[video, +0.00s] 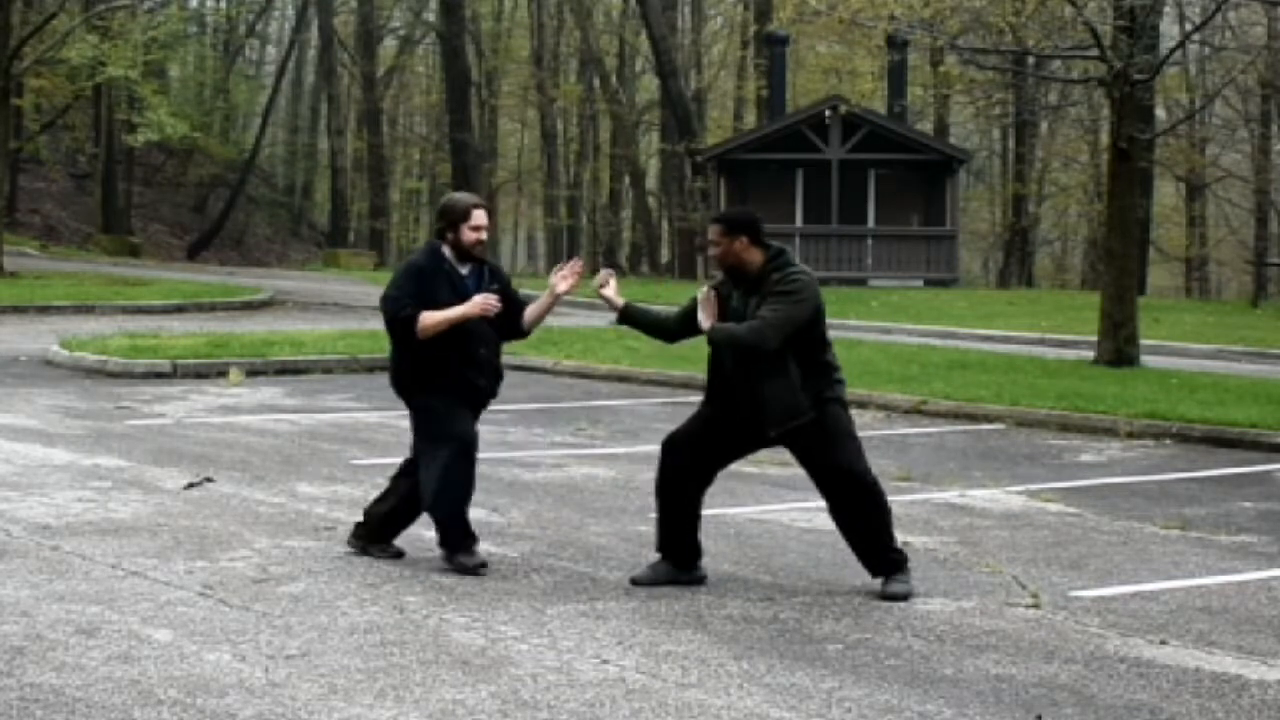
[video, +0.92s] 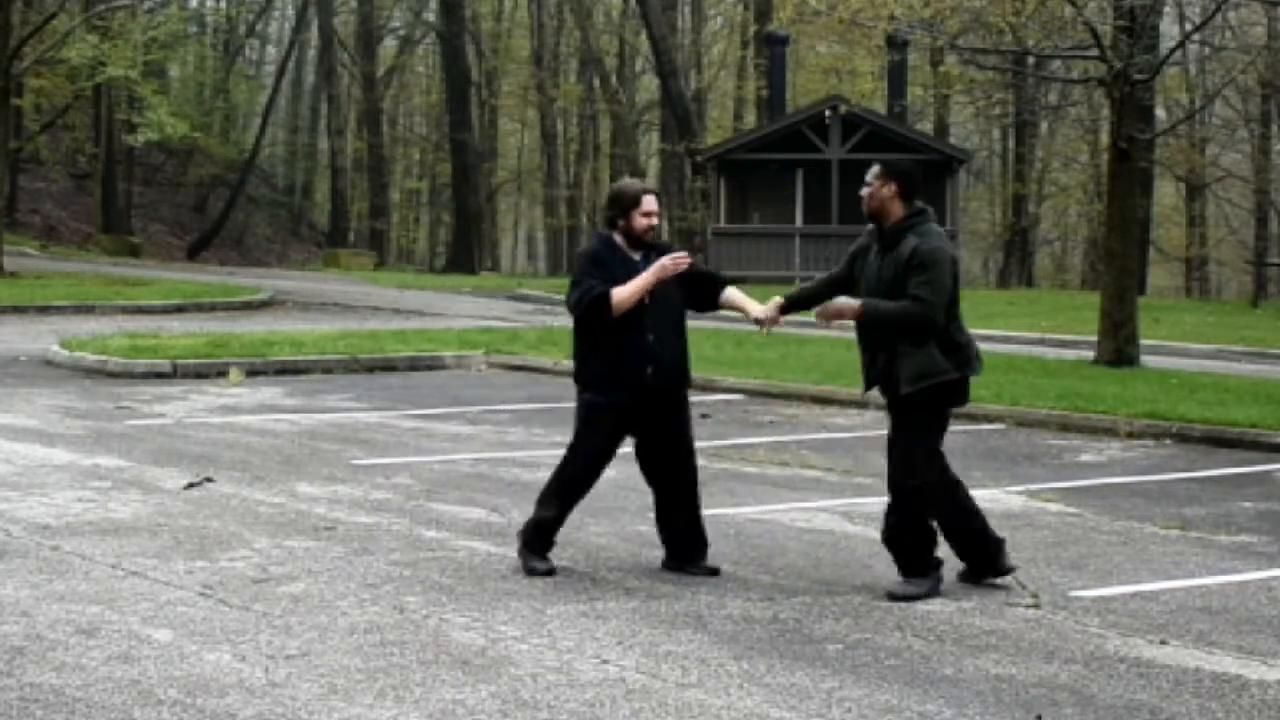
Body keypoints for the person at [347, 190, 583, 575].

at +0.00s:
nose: (483, 236)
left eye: (486, 228)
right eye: (475, 228)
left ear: (487, 230)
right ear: (450, 230)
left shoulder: (488, 274)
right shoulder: (422, 268)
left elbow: (513, 326)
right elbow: (405, 326)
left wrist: (552, 295)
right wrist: (464, 311)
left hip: (470, 388)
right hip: (427, 385)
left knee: (431, 462)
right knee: (457, 450)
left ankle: (372, 533)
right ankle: (458, 546)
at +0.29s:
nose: (531, 233)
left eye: (533, 225)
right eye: (523, 226)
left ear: (536, 227)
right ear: (498, 228)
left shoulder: (538, 269)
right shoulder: (472, 267)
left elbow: (574, 318)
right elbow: (457, 324)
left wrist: (608, 280)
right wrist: (519, 305)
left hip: (526, 390)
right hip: (479, 391)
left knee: (487, 464)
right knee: (509, 466)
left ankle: (415, 508)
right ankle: (520, 550)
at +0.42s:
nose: (554, 235)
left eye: (557, 228)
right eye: (546, 229)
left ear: (558, 229)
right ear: (522, 230)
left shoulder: (561, 273)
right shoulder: (494, 272)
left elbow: (598, 317)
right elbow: (486, 328)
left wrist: (633, 284)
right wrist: (548, 303)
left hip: (548, 394)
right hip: (498, 395)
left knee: (557, 466)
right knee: (518, 465)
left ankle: (481, 510)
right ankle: (520, 549)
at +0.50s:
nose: (571, 233)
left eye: (574, 226)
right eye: (563, 226)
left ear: (575, 227)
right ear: (538, 228)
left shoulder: (578, 271)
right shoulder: (510, 267)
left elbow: (613, 318)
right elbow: (501, 324)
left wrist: (648, 290)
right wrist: (565, 300)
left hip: (563, 392)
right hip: (512, 394)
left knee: (587, 459)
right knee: (524, 468)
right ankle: (520, 549)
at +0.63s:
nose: (596, 227)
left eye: (599, 219)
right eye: (588, 220)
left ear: (600, 221)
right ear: (563, 221)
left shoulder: (605, 268)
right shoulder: (534, 261)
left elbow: (639, 316)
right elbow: (522, 315)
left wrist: (673, 289)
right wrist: (589, 294)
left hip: (590, 390)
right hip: (535, 392)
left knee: (626, 463)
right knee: (536, 470)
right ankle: (521, 550)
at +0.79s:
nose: (631, 222)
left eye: (633, 215)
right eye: (623, 215)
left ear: (633, 218)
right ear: (598, 217)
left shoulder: (638, 260)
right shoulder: (570, 256)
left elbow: (670, 299)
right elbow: (558, 307)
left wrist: (708, 288)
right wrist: (623, 281)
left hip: (632, 391)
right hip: (579, 392)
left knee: (661, 471)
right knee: (560, 473)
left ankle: (683, 551)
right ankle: (523, 548)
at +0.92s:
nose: (655, 222)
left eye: (657, 215)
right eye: (646, 216)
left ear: (658, 217)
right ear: (622, 218)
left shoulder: (664, 260)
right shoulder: (597, 259)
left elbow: (711, 289)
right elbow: (594, 309)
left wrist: (753, 309)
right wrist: (653, 276)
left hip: (662, 391)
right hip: (609, 392)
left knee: (676, 474)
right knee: (580, 469)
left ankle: (685, 554)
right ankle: (534, 545)